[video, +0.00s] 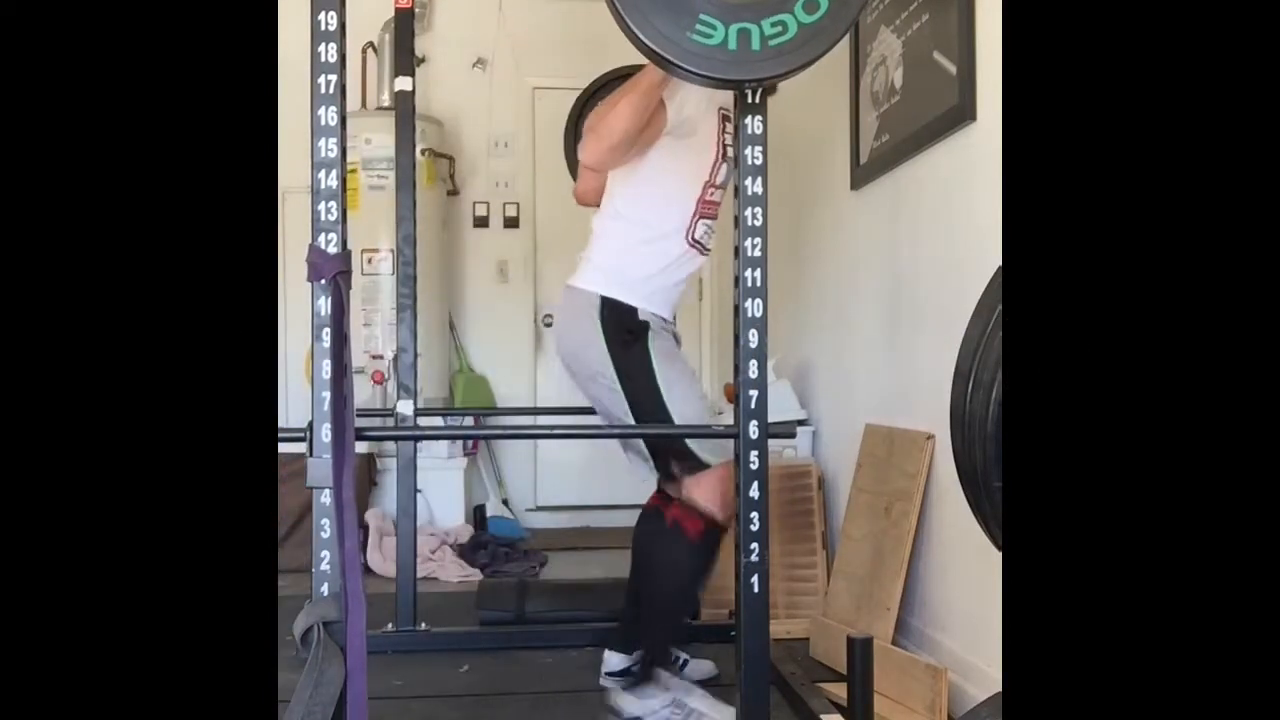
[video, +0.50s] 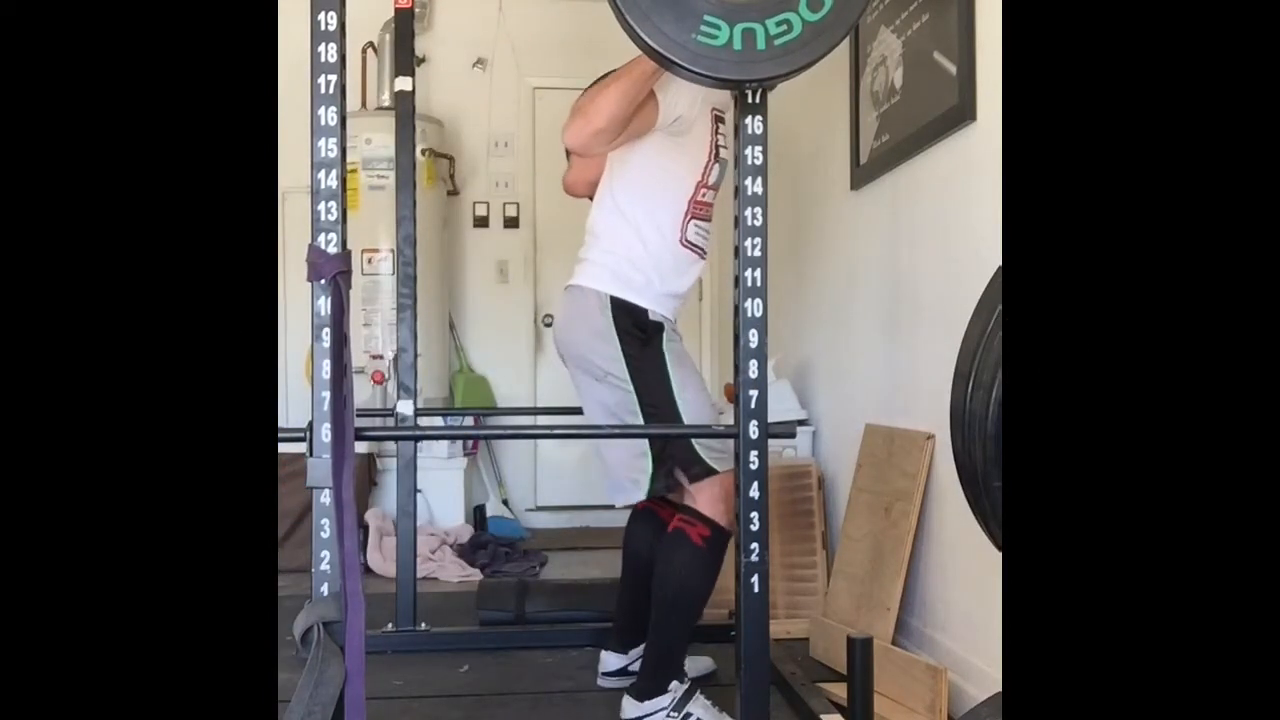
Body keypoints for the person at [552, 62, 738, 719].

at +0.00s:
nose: (761, 45)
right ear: (716, 27)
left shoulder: (709, 105)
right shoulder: (672, 87)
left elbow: (588, 189)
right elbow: (593, 153)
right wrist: (664, 64)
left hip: (629, 313)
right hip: (612, 313)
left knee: (690, 482)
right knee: (710, 486)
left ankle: (640, 649)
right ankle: (643, 673)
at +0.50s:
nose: (756, 39)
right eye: (747, 27)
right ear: (717, 21)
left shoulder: (701, 99)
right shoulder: (676, 74)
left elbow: (577, 178)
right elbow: (579, 133)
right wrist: (662, 46)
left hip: (630, 311)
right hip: (617, 312)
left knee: (672, 485)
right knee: (713, 491)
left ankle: (626, 652)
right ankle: (655, 694)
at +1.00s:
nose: (760, 46)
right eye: (751, 34)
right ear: (721, 27)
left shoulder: (700, 102)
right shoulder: (681, 79)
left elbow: (579, 174)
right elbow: (572, 124)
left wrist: (679, 174)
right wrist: (657, 49)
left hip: (631, 310)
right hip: (619, 310)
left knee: (678, 485)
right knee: (711, 492)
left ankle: (628, 647)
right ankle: (652, 693)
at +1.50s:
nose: (765, 49)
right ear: (729, 31)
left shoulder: (703, 104)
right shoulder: (684, 77)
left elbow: (575, 167)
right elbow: (566, 114)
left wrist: (667, 176)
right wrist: (654, 43)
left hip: (633, 309)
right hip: (616, 309)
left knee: (672, 484)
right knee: (709, 492)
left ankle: (627, 651)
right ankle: (650, 695)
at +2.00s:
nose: (759, 49)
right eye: (751, 35)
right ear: (721, 31)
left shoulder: (695, 105)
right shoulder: (680, 79)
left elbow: (575, 168)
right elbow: (567, 120)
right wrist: (652, 46)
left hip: (626, 306)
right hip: (609, 306)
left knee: (667, 481)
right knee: (704, 486)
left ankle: (628, 650)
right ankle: (651, 694)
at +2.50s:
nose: (764, 46)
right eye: (754, 32)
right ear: (724, 27)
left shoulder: (703, 100)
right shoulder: (683, 78)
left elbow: (579, 174)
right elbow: (572, 125)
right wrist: (657, 47)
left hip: (628, 307)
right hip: (614, 307)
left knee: (671, 486)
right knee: (707, 488)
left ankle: (630, 654)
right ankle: (650, 693)